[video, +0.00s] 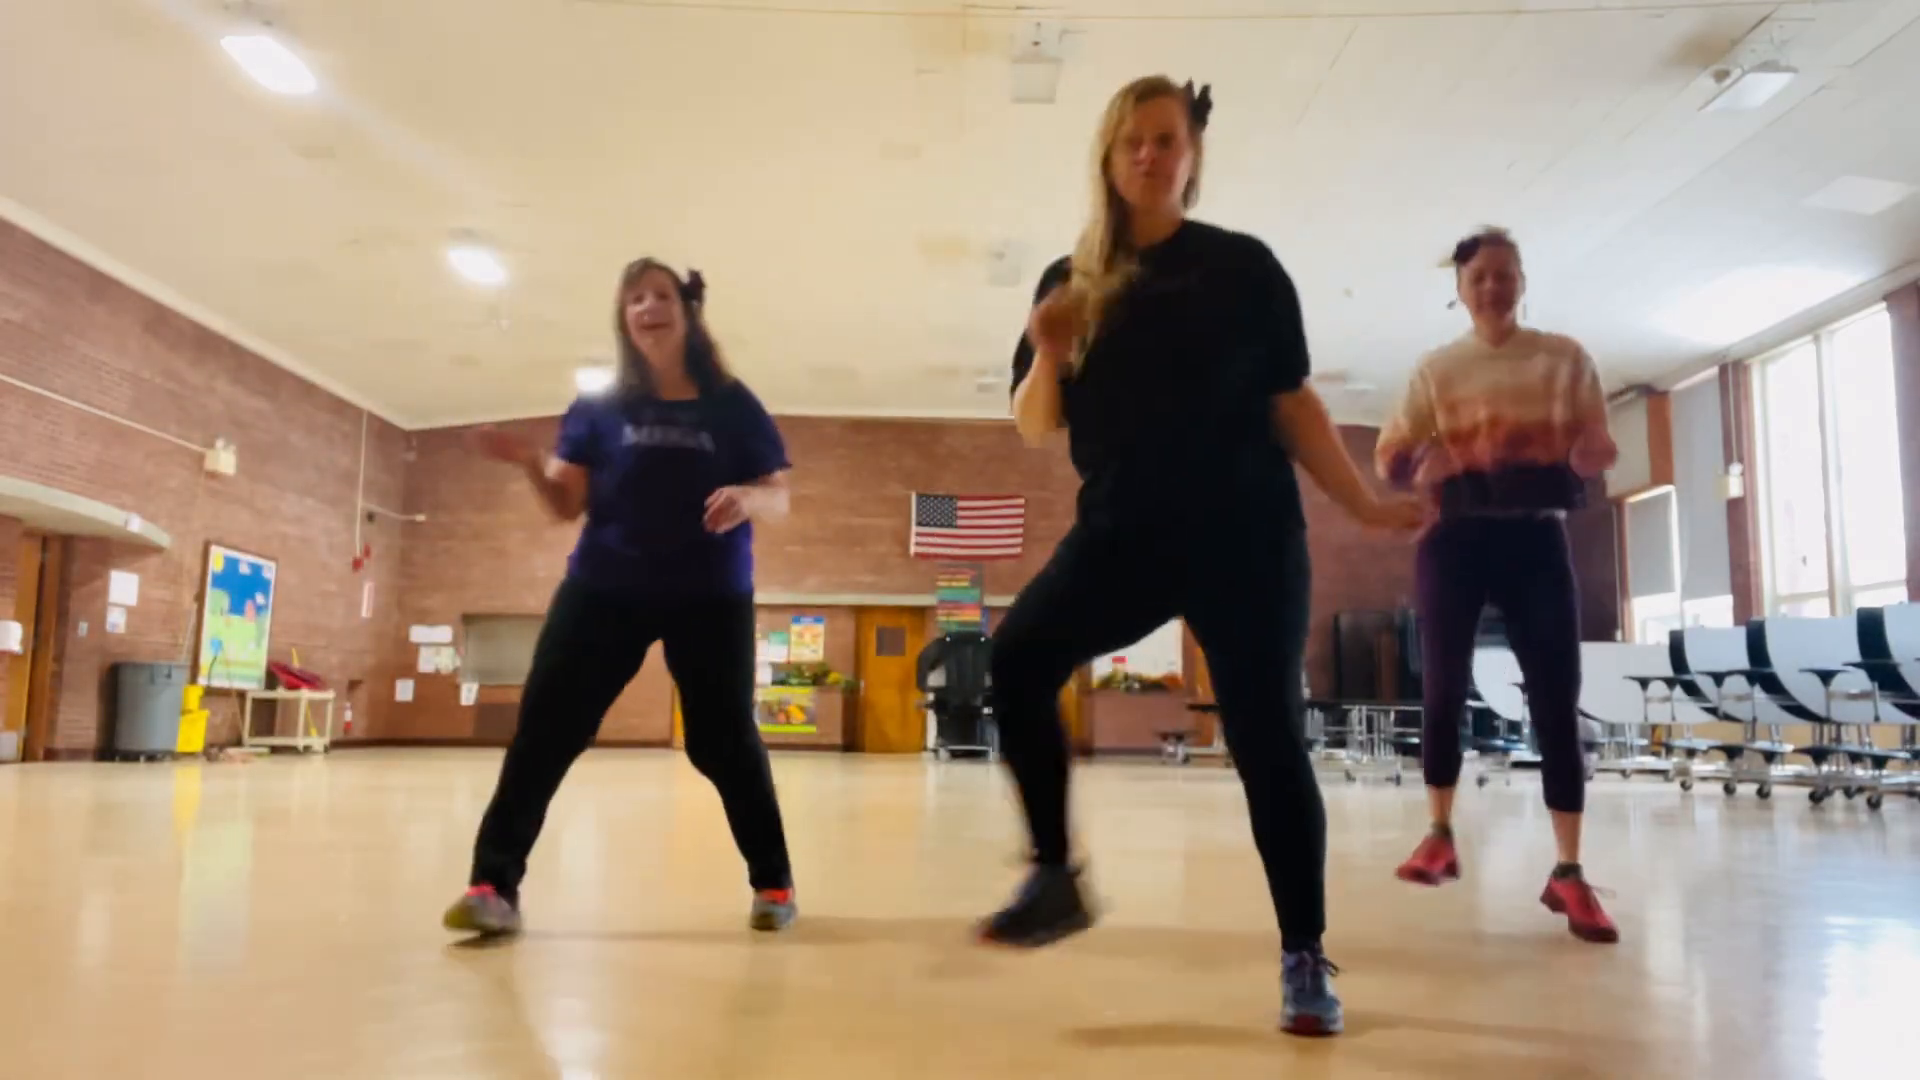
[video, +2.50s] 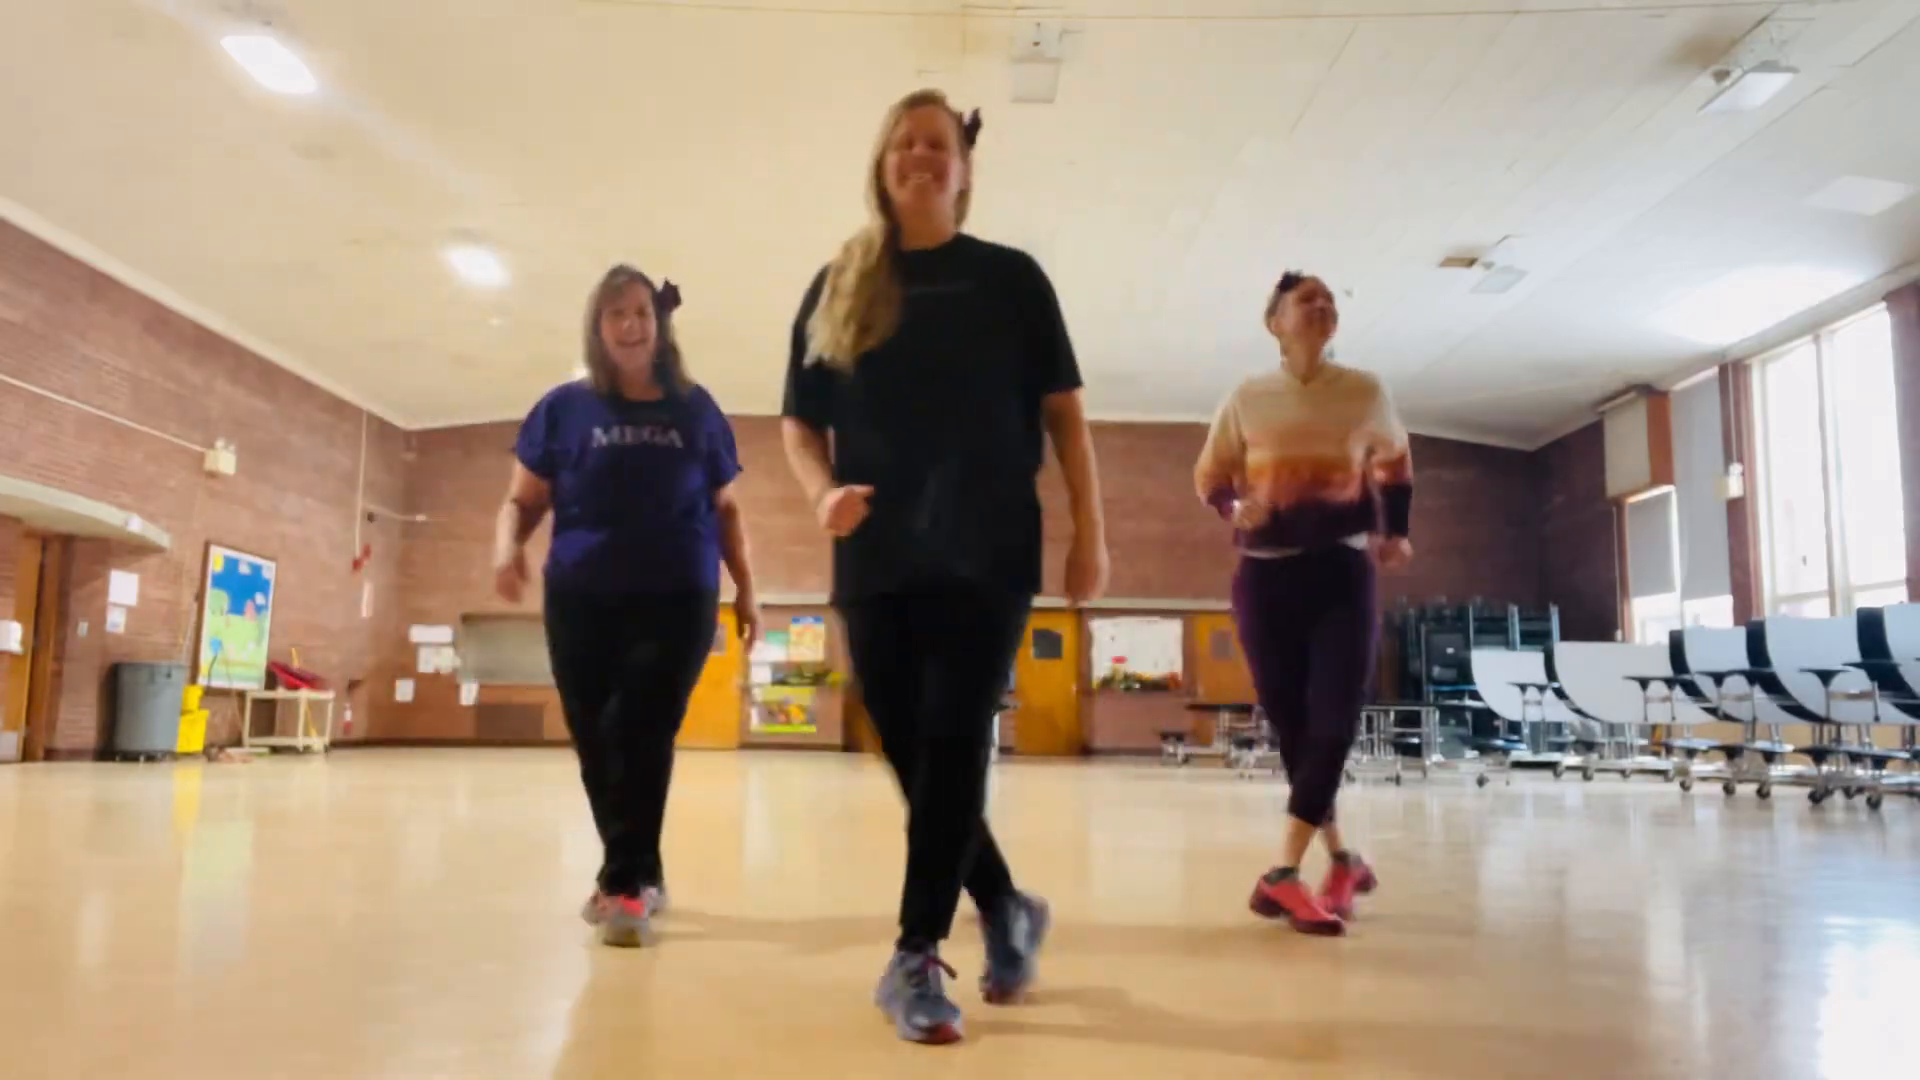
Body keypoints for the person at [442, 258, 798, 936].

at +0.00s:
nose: (647, 307)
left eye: (660, 296)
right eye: (635, 299)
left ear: (689, 311)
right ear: (622, 320)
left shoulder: (730, 403)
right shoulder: (598, 406)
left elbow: (777, 494)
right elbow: (565, 505)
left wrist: (748, 498)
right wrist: (529, 467)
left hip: (707, 593)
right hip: (607, 588)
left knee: (722, 740)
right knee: (546, 728)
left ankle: (772, 883)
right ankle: (494, 887)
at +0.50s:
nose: (516, 296)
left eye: (531, 285)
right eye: (505, 286)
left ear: (558, 304)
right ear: (489, 308)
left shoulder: (596, 391)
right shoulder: (458, 395)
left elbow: (646, 487)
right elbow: (431, 492)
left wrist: (603, 486)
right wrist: (399, 469)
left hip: (566, 595)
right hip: (470, 587)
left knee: (529, 739)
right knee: (466, 737)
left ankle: (500, 878)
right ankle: (478, 896)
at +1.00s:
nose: (452, 302)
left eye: (467, 292)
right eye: (442, 290)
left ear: (496, 306)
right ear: (425, 302)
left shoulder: (526, 404)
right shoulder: (382, 386)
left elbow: (563, 491)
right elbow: (345, 475)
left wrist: (526, 521)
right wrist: (346, 502)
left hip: (487, 596)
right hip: (383, 585)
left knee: (474, 737)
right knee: (349, 733)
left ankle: (487, 881)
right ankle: (321, 888)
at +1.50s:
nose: (380, 293)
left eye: (391, 282)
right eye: (363, 284)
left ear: (412, 300)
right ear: (339, 307)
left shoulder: (452, 376)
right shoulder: (316, 391)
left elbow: (465, 458)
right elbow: (307, 478)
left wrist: (387, 386)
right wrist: (357, 403)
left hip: (447, 587)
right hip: (340, 583)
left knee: (435, 743)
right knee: (324, 743)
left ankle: (419, 883)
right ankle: (318, 891)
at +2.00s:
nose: (516, 314)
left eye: (530, 302)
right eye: (505, 301)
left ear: (553, 314)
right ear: (484, 311)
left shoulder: (572, 403)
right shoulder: (440, 396)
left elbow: (609, 498)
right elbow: (400, 492)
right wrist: (344, 571)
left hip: (543, 594)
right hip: (436, 587)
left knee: (565, 744)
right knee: (375, 731)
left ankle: (608, 892)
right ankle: (321, 886)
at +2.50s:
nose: (631, 324)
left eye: (642, 313)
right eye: (618, 314)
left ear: (660, 322)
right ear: (597, 326)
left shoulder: (695, 409)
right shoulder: (563, 409)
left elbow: (725, 508)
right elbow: (523, 500)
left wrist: (744, 590)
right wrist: (508, 550)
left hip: (675, 596)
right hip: (583, 595)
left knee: (641, 735)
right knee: (597, 740)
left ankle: (620, 889)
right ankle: (638, 877)